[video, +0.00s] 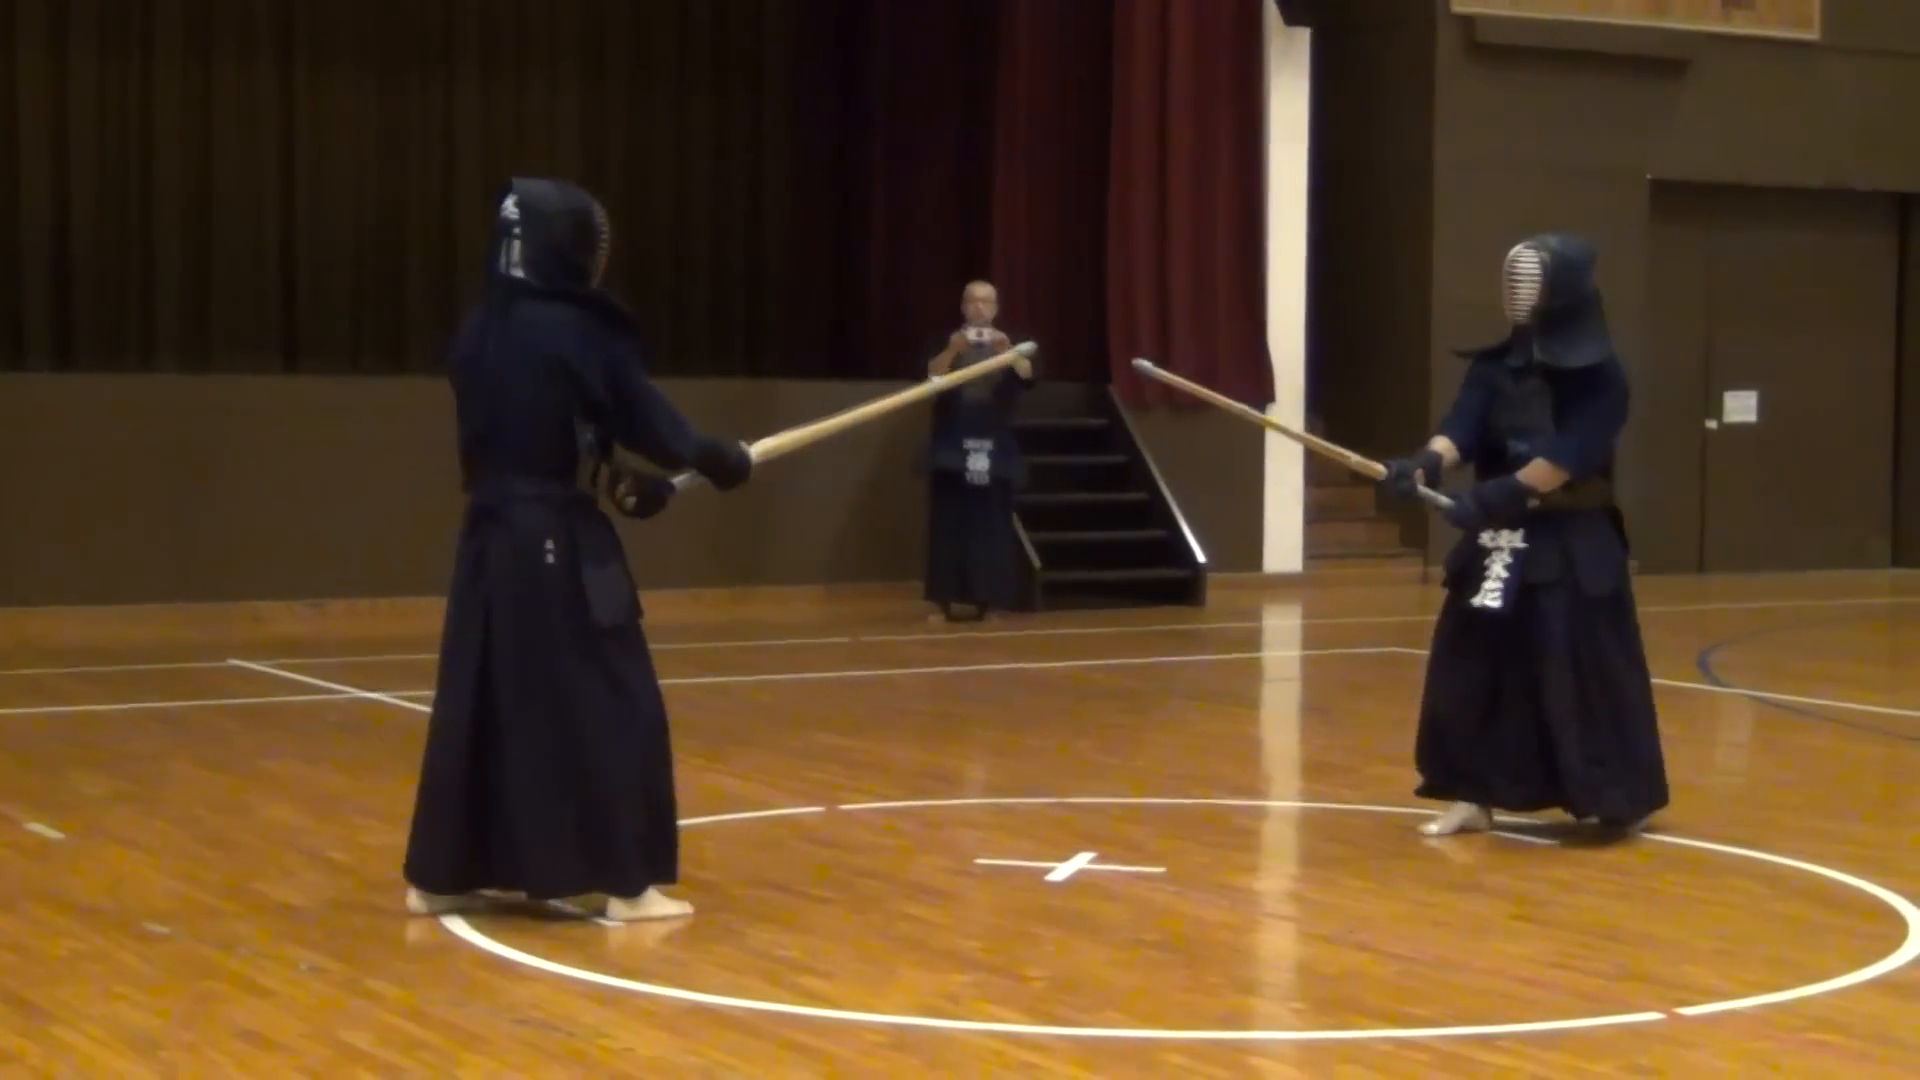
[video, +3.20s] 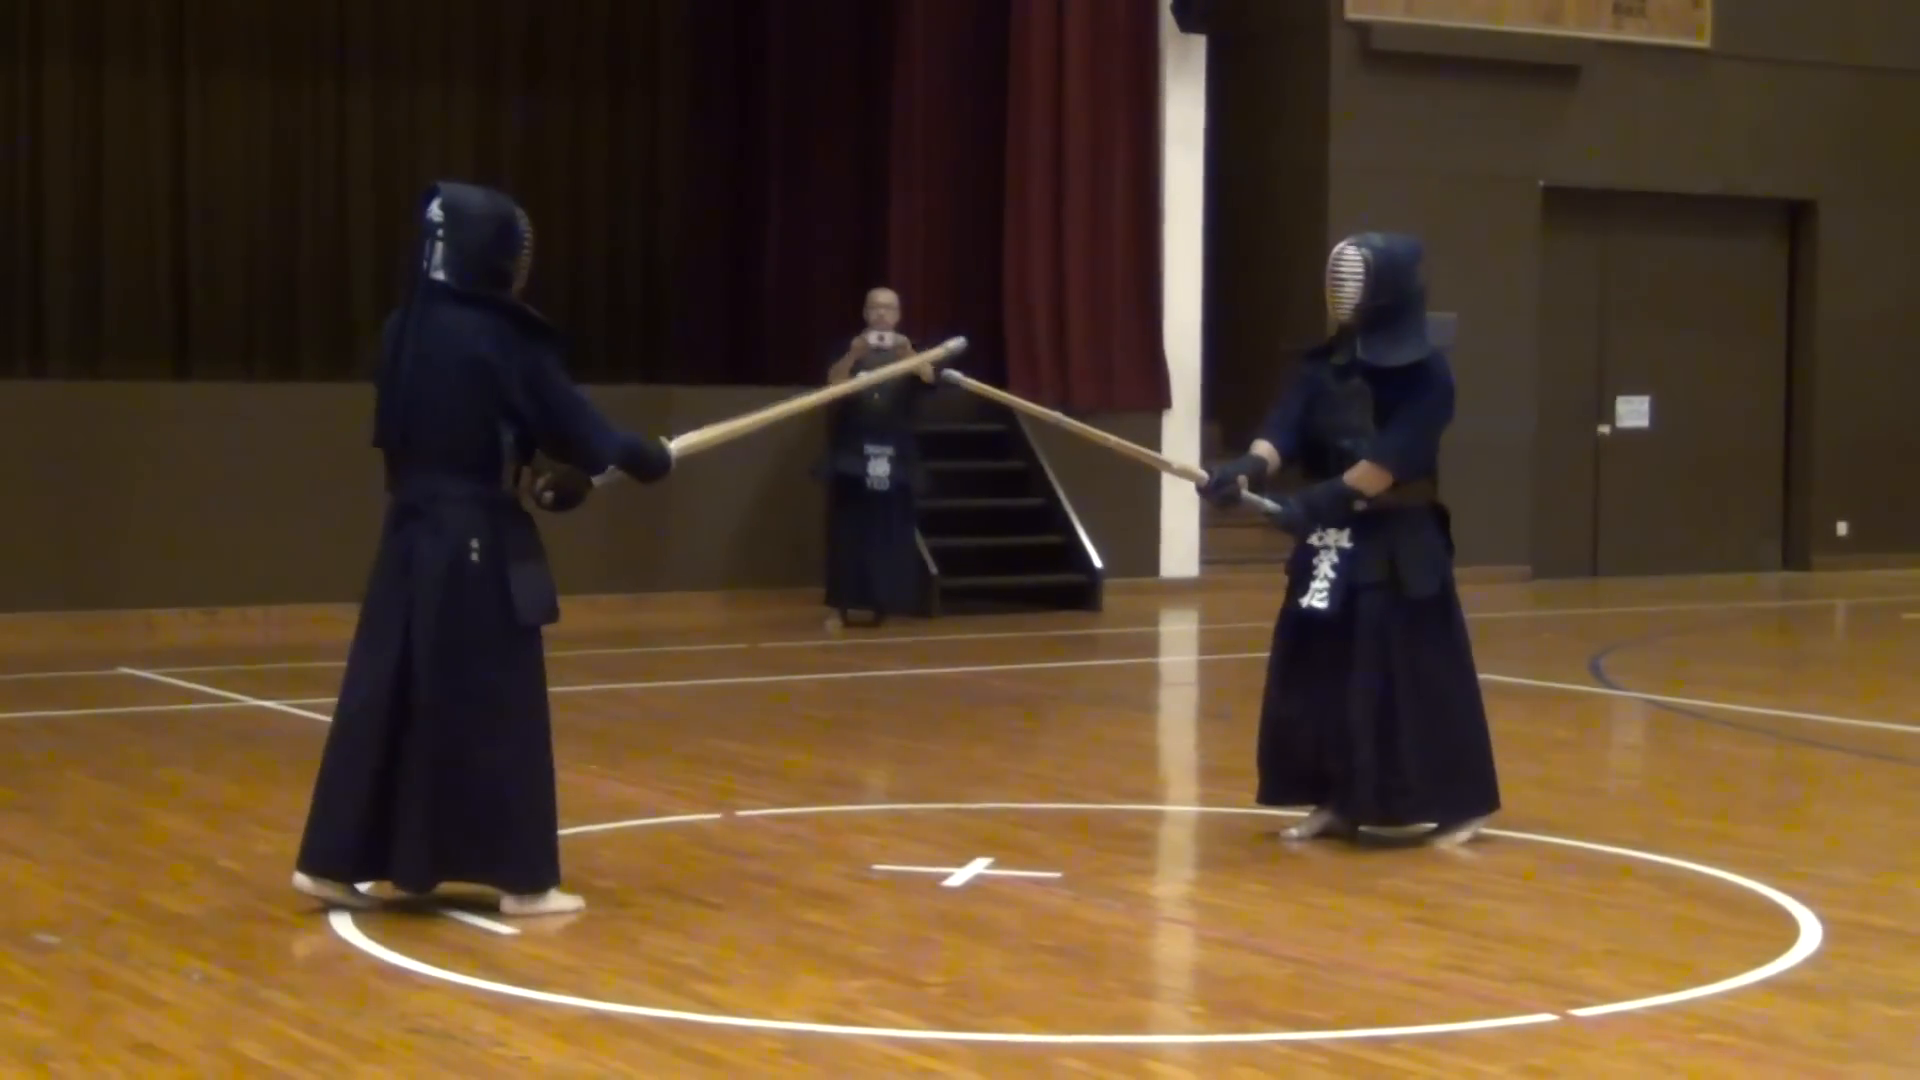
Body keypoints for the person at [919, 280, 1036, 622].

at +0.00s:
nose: (979, 308)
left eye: (986, 302)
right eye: (973, 302)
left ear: (997, 307)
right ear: (963, 306)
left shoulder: (1007, 348)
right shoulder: (947, 344)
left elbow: (1027, 376)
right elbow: (930, 375)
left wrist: (1002, 348)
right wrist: (954, 349)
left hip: (993, 441)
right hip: (952, 440)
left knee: (990, 516)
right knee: (950, 516)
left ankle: (989, 598)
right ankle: (947, 596)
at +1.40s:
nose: (934, 312)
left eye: (941, 306)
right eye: (928, 306)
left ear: (951, 311)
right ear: (918, 310)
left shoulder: (961, 351)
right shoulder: (901, 348)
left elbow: (985, 378)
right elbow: (884, 382)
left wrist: (961, 353)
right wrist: (910, 352)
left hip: (947, 445)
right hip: (906, 444)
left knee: (943, 522)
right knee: (903, 521)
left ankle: (940, 602)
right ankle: (899, 600)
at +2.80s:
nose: (885, 314)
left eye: (892, 308)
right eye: (879, 308)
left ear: (902, 313)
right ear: (869, 312)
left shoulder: (913, 349)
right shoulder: (854, 348)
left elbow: (938, 378)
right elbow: (836, 383)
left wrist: (911, 355)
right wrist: (860, 354)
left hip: (897, 445)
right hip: (856, 444)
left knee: (893, 522)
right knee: (853, 521)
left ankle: (889, 604)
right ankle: (847, 603)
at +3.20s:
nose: (882, 314)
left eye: (889, 309)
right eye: (876, 308)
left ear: (899, 314)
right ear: (865, 312)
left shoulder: (908, 353)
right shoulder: (850, 350)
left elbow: (929, 378)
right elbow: (832, 383)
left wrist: (904, 350)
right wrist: (855, 354)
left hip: (893, 446)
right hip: (852, 444)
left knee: (887, 522)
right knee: (848, 521)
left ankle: (882, 602)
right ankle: (841, 603)